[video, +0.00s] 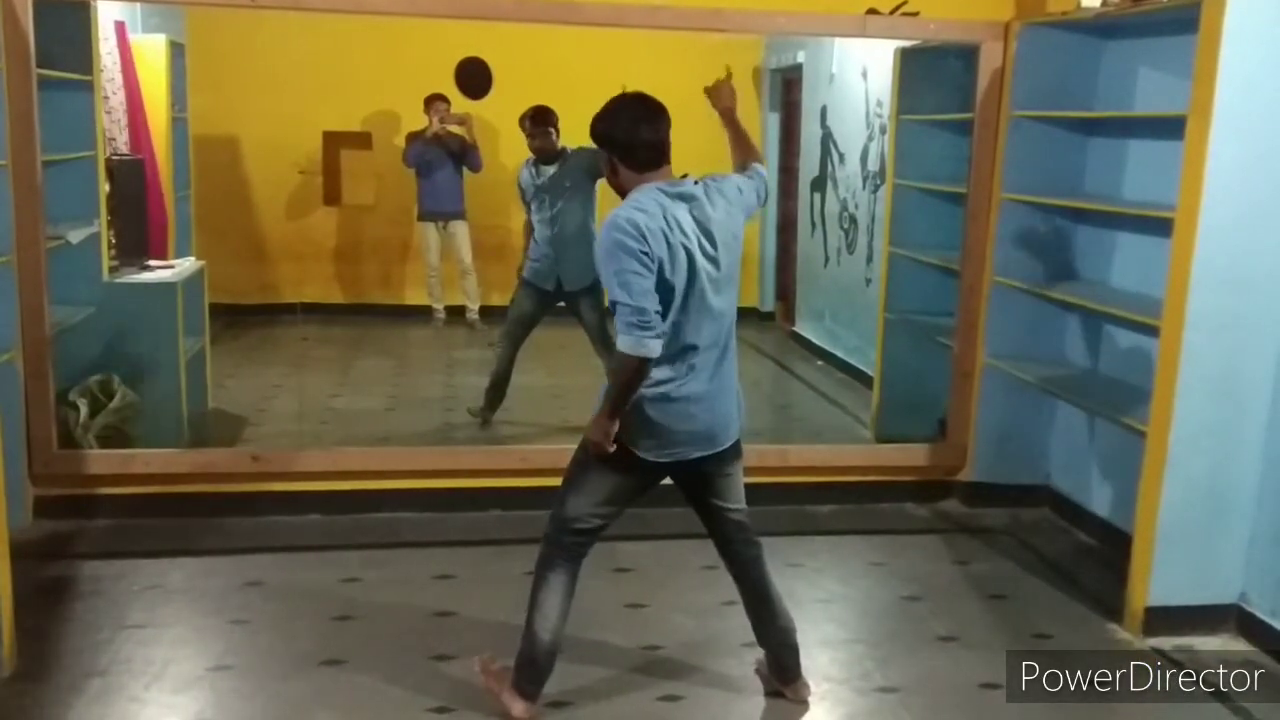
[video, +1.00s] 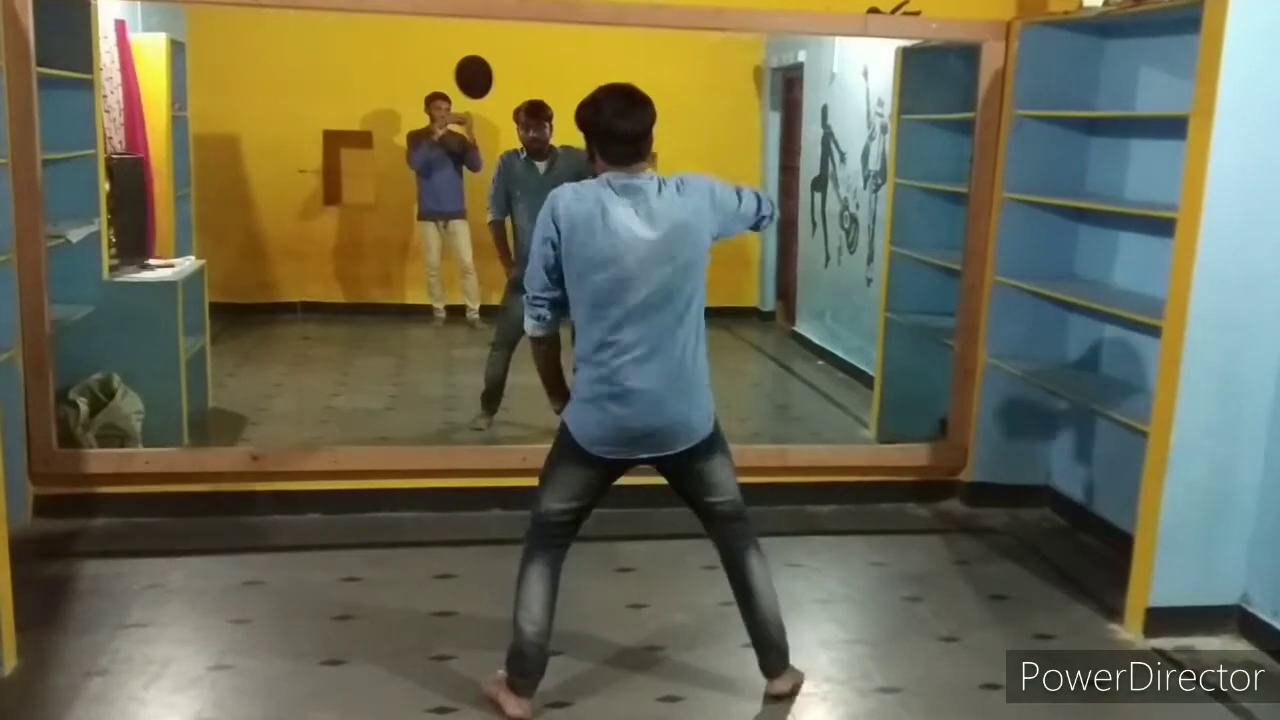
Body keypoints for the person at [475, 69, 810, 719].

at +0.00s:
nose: (603, 169)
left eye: (602, 159)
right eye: (605, 157)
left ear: (612, 163)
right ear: (668, 148)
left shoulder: (625, 230)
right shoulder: (719, 198)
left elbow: (641, 345)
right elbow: (755, 171)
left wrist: (608, 414)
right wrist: (731, 115)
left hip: (649, 420)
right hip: (717, 415)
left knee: (566, 544)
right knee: (741, 543)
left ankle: (524, 685)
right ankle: (788, 675)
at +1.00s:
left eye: (586, 142)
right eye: (652, 133)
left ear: (590, 147)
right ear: (652, 141)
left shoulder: (563, 208)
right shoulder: (694, 197)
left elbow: (539, 323)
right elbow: (772, 207)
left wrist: (560, 397)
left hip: (601, 415)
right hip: (681, 412)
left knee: (546, 543)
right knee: (736, 533)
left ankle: (520, 686)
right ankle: (778, 672)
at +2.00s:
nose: (503, 175)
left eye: (508, 165)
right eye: (505, 164)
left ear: (525, 170)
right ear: (575, 159)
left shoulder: (533, 233)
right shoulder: (624, 207)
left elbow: (525, 355)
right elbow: (626, 296)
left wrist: (532, 425)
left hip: (598, 425)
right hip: (663, 410)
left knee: (512, 534)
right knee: (665, 471)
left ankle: (517, 687)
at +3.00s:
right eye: (718, 126)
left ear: (652, 130)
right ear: (717, 135)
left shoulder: (606, 198)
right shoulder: (737, 220)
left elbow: (522, 210)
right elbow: (763, 330)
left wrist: (546, 188)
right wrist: (768, 380)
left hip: (617, 408)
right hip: (699, 410)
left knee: (571, 544)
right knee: (752, 539)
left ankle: (523, 688)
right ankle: (784, 673)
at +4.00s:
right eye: (795, 146)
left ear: (733, 140)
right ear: (790, 153)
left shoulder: (686, 187)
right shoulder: (795, 243)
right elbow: (797, 366)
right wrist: (774, 408)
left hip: (635, 394)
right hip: (714, 407)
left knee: (583, 499)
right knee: (774, 522)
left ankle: (538, 618)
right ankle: (782, 668)